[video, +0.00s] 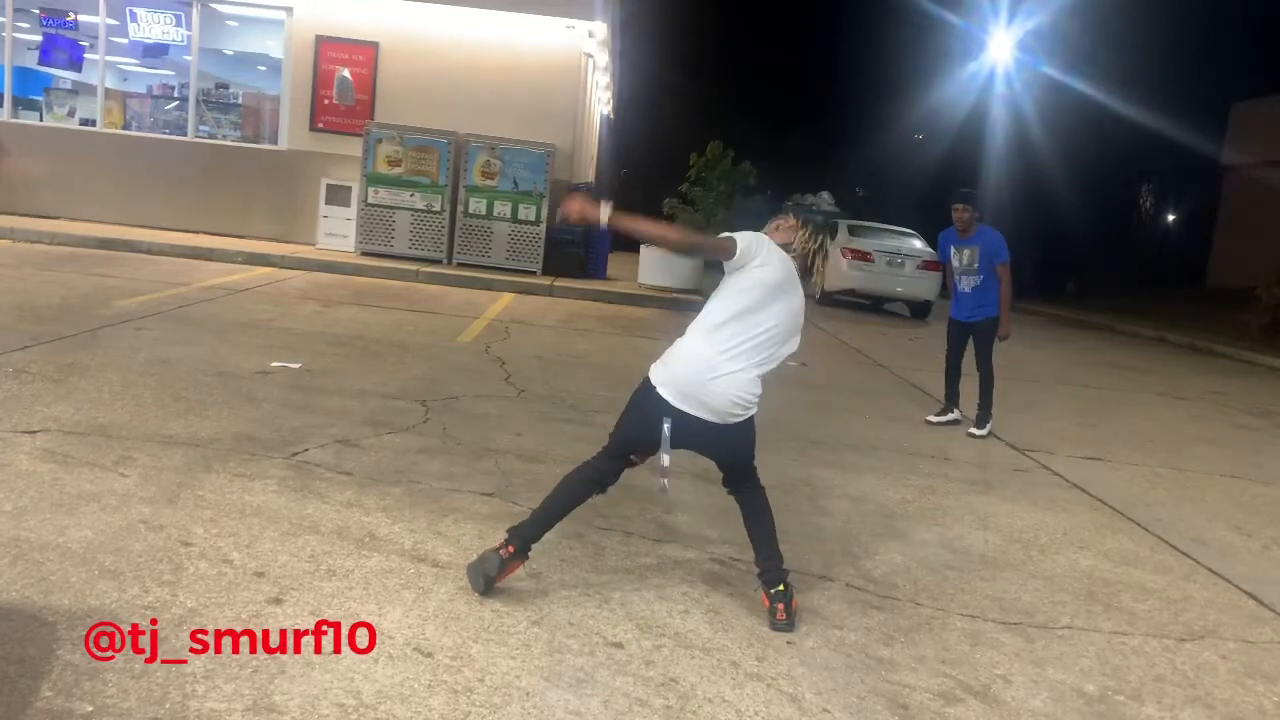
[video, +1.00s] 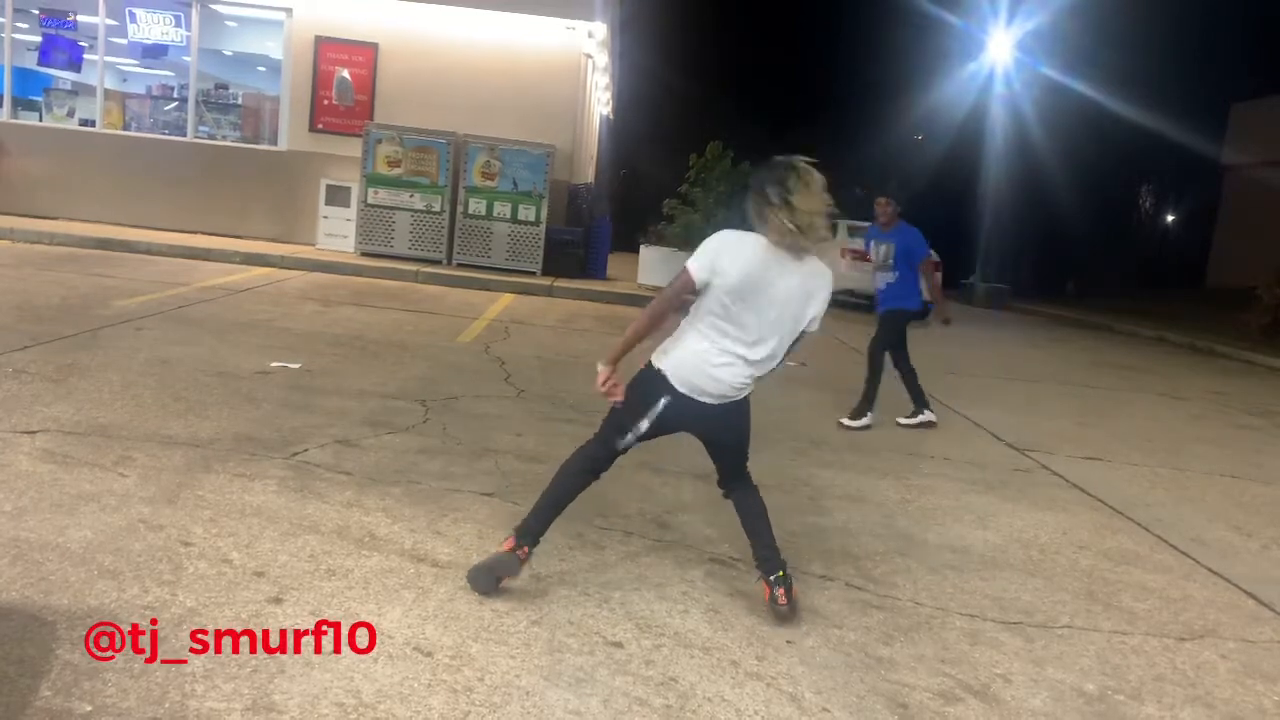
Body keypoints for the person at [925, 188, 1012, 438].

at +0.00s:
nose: (959, 216)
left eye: (964, 211)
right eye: (955, 210)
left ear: (975, 213)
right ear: (951, 213)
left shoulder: (993, 239)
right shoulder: (946, 238)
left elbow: (1005, 278)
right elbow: (949, 274)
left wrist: (1004, 320)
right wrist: (955, 302)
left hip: (986, 315)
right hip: (959, 313)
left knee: (984, 366)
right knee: (952, 361)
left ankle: (983, 418)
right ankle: (951, 408)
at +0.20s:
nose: (959, 215)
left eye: (964, 210)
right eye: (955, 210)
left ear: (975, 213)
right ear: (951, 212)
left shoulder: (992, 239)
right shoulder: (946, 237)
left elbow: (1006, 278)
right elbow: (948, 273)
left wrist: (999, 319)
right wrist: (952, 303)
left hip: (983, 316)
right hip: (957, 314)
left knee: (982, 367)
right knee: (947, 360)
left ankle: (983, 418)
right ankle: (950, 407)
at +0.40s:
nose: (953, 215)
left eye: (958, 210)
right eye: (949, 210)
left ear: (969, 213)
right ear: (945, 212)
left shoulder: (981, 237)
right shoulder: (942, 235)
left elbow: (995, 270)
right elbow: (947, 267)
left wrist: (961, 276)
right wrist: (945, 289)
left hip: (977, 315)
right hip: (950, 310)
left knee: (978, 363)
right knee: (932, 351)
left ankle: (983, 417)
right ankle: (937, 404)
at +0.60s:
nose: (936, 212)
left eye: (941, 208)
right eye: (933, 208)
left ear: (951, 211)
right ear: (928, 211)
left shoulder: (961, 235)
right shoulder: (927, 233)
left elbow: (938, 247)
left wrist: (909, 247)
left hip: (962, 311)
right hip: (936, 309)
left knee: (967, 363)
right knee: (923, 356)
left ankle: (982, 418)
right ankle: (926, 411)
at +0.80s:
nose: (908, 205)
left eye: (913, 200)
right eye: (905, 200)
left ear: (923, 203)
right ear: (901, 204)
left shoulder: (935, 231)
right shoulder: (909, 231)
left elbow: (953, 271)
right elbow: (914, 265)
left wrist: (922, 277)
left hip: (933, 303)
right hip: (915, 303)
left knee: (919, 355)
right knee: (916, 355)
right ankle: (924, 409)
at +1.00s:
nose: (882, 210)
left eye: (887, 206)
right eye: (879, 206)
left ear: (896, 209)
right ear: (874, 209)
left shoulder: (910, 235)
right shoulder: (873, 233)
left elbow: (929, 271)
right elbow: (875, 258)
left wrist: (941, 307)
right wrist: (855, 255)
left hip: (905, 305)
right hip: (886, 304)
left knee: (875, 348)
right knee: (901, 360)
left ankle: (864, 411)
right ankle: (923, 409)